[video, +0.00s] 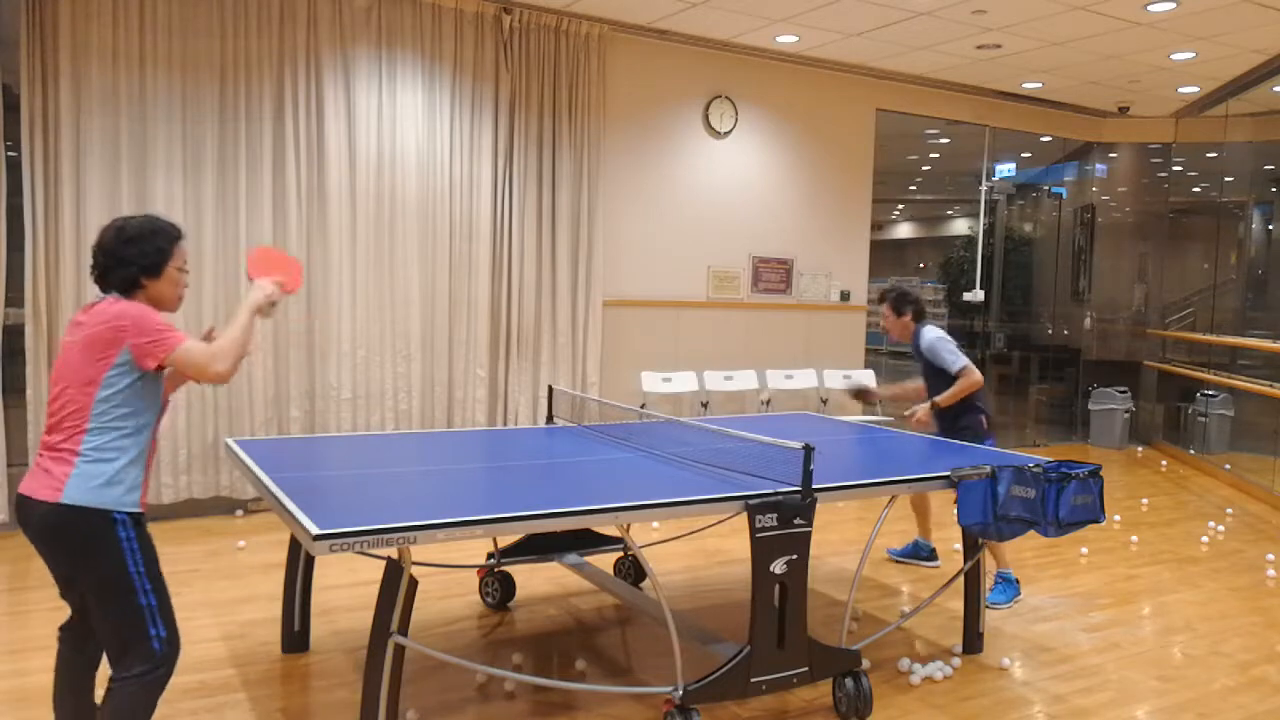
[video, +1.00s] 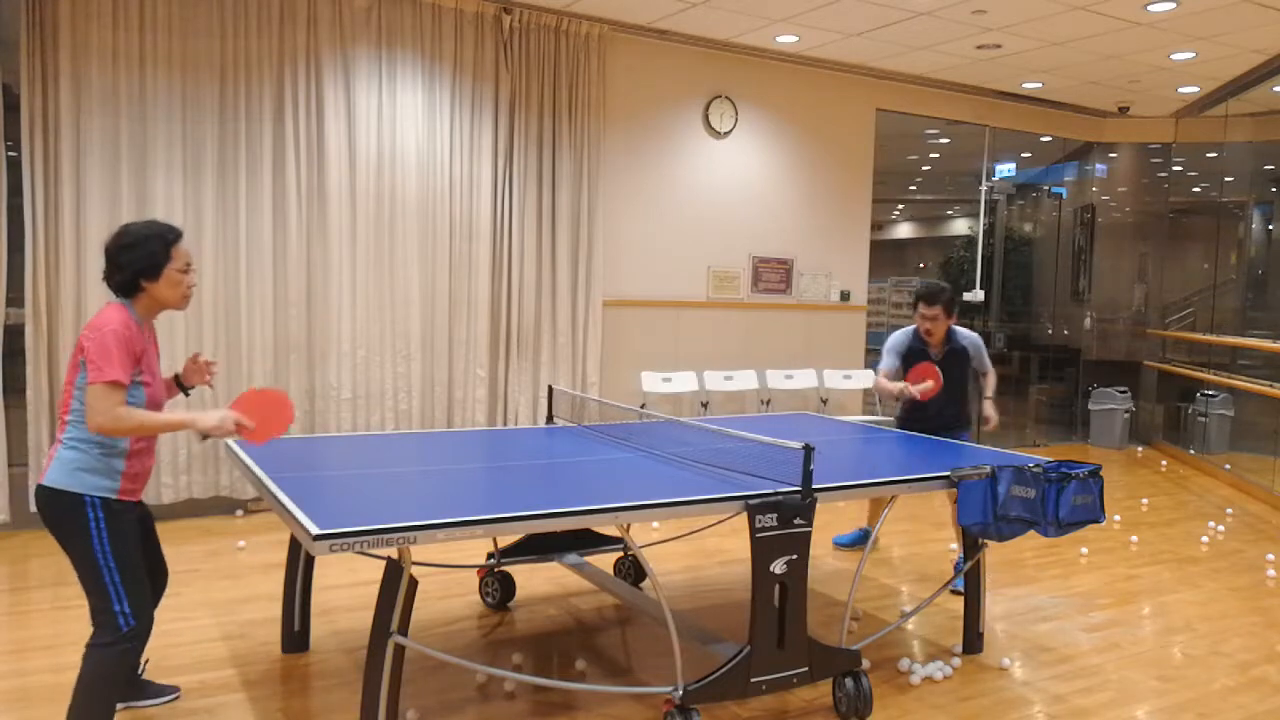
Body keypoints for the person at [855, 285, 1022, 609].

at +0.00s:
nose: (883, 326)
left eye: (886, 318)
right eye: (882, 319)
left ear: (906, 316)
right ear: (904, 316)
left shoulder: (931, 339)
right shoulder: (920, 341)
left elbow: (973, 378)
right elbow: (931, 386)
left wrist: (933, 405)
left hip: (971, 434)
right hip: (948, 433)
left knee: (978, 504)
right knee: (914, 479)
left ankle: (1006, 577)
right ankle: (924, 545)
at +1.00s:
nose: (925, 326)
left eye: (933, 319)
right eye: (921, 318)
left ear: (950, 318)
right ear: (915, 315)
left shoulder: (969, 342)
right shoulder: (900, 340)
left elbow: (987, 372)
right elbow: (879, 383)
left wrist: (988, 401)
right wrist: (901, 388)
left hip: (954, 431)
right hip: (909, 431)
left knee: (959, 494)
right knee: (884, 477)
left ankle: (965, 559)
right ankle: (869, 530)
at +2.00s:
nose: (895, 313)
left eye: (901, 305)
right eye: (893, 306)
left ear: (924, 305)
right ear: (910, 308)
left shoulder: (943, 332)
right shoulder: (926, 336)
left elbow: (988, 371)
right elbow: (952, 377)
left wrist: (947, 398)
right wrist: (937, 403)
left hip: (971, 434)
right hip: (945, 431)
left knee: (970, 502)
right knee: (917, 479)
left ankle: (994, 573)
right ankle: (917, 545)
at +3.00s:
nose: (911, 323)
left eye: (913, 316)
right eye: (910, 316)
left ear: (932, 314)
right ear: (931, 313)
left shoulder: (961, 336)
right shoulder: (946, 340)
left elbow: (1003, 377)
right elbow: (952, 380)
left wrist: (963, 409)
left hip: (996, 437)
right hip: (971, 434)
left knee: (998, 510)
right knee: (939, 477)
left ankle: (1035, 585)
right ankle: (941, 547)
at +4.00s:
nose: (938, 318)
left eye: (944, 311)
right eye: (932, 311)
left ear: (960, 306)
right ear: (925, 308)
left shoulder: (983, 327)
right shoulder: (914, 335)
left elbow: (1005, 355)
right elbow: (897, 382)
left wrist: (1009, 373)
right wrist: (919, 401)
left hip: (972, 423)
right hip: (930, 423)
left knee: (973, 488)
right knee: (901, 475)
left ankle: (973, 562)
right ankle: (903, 534)